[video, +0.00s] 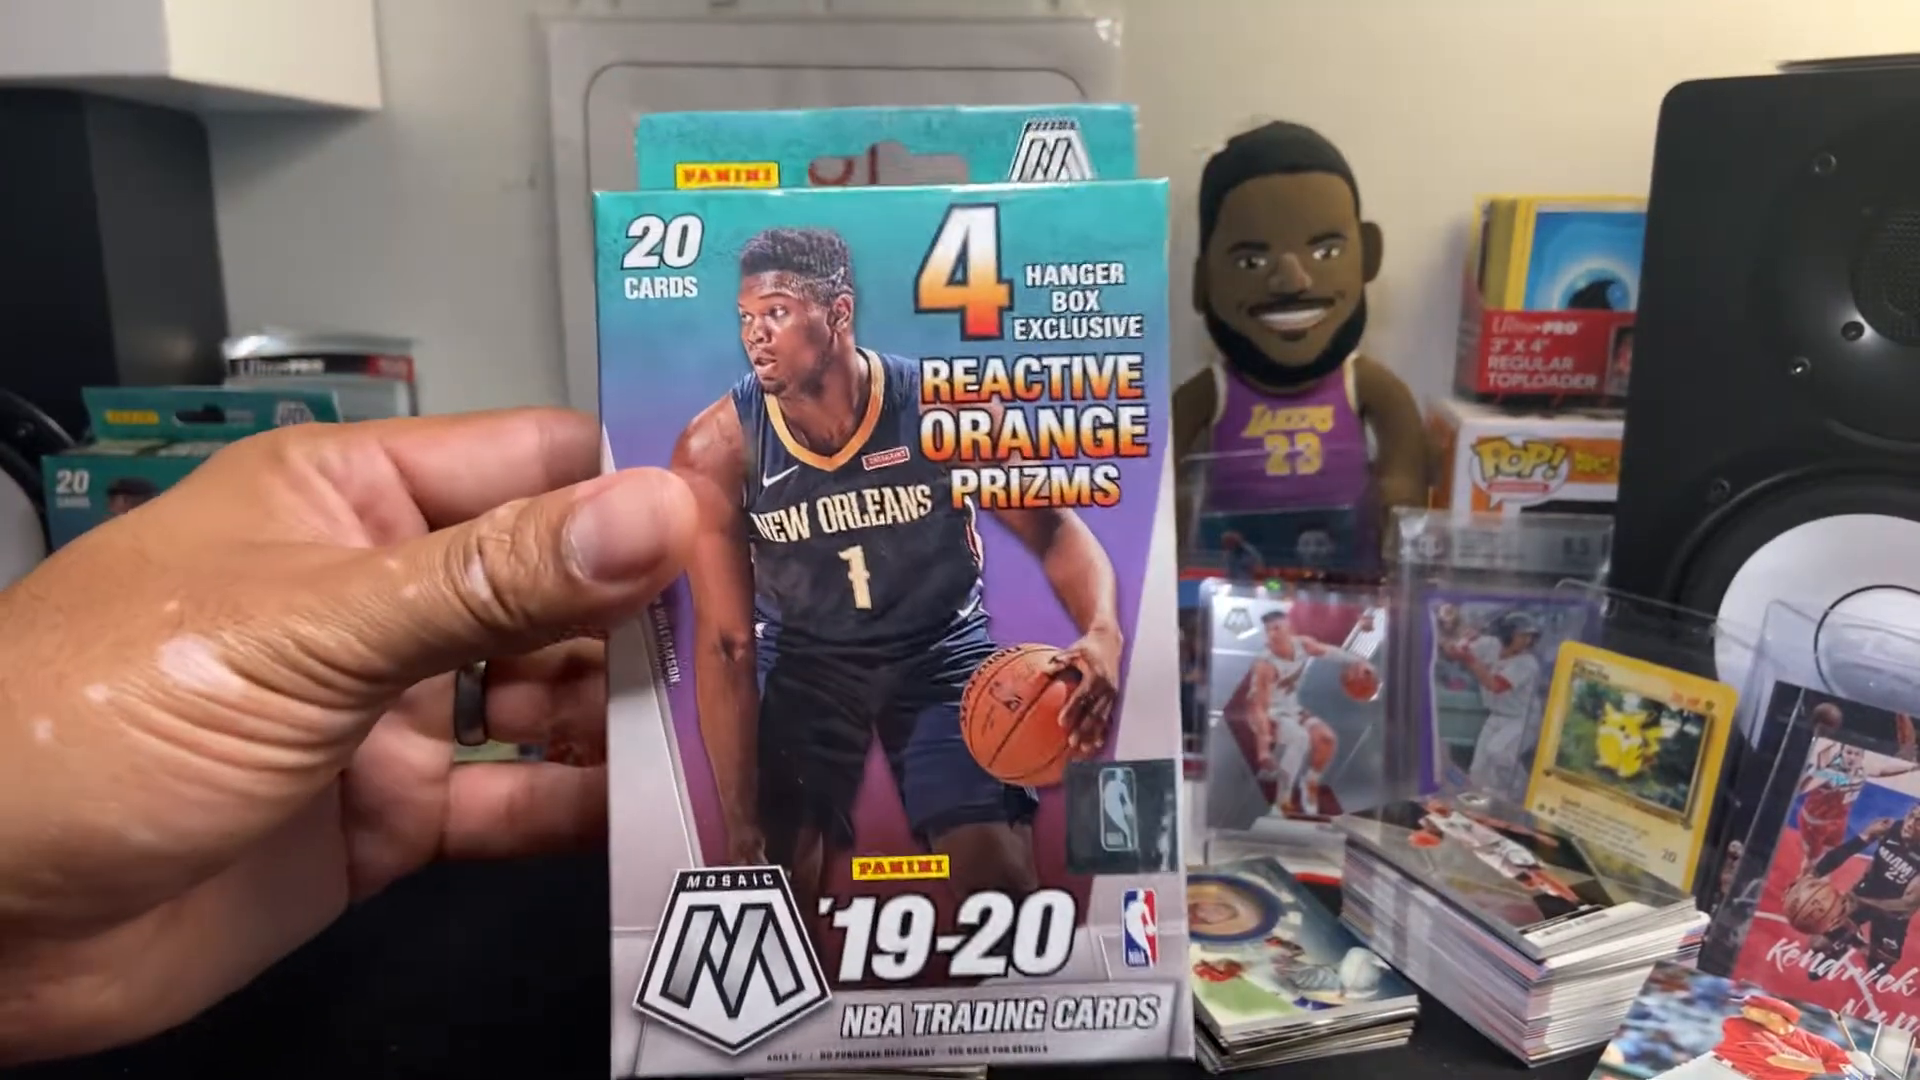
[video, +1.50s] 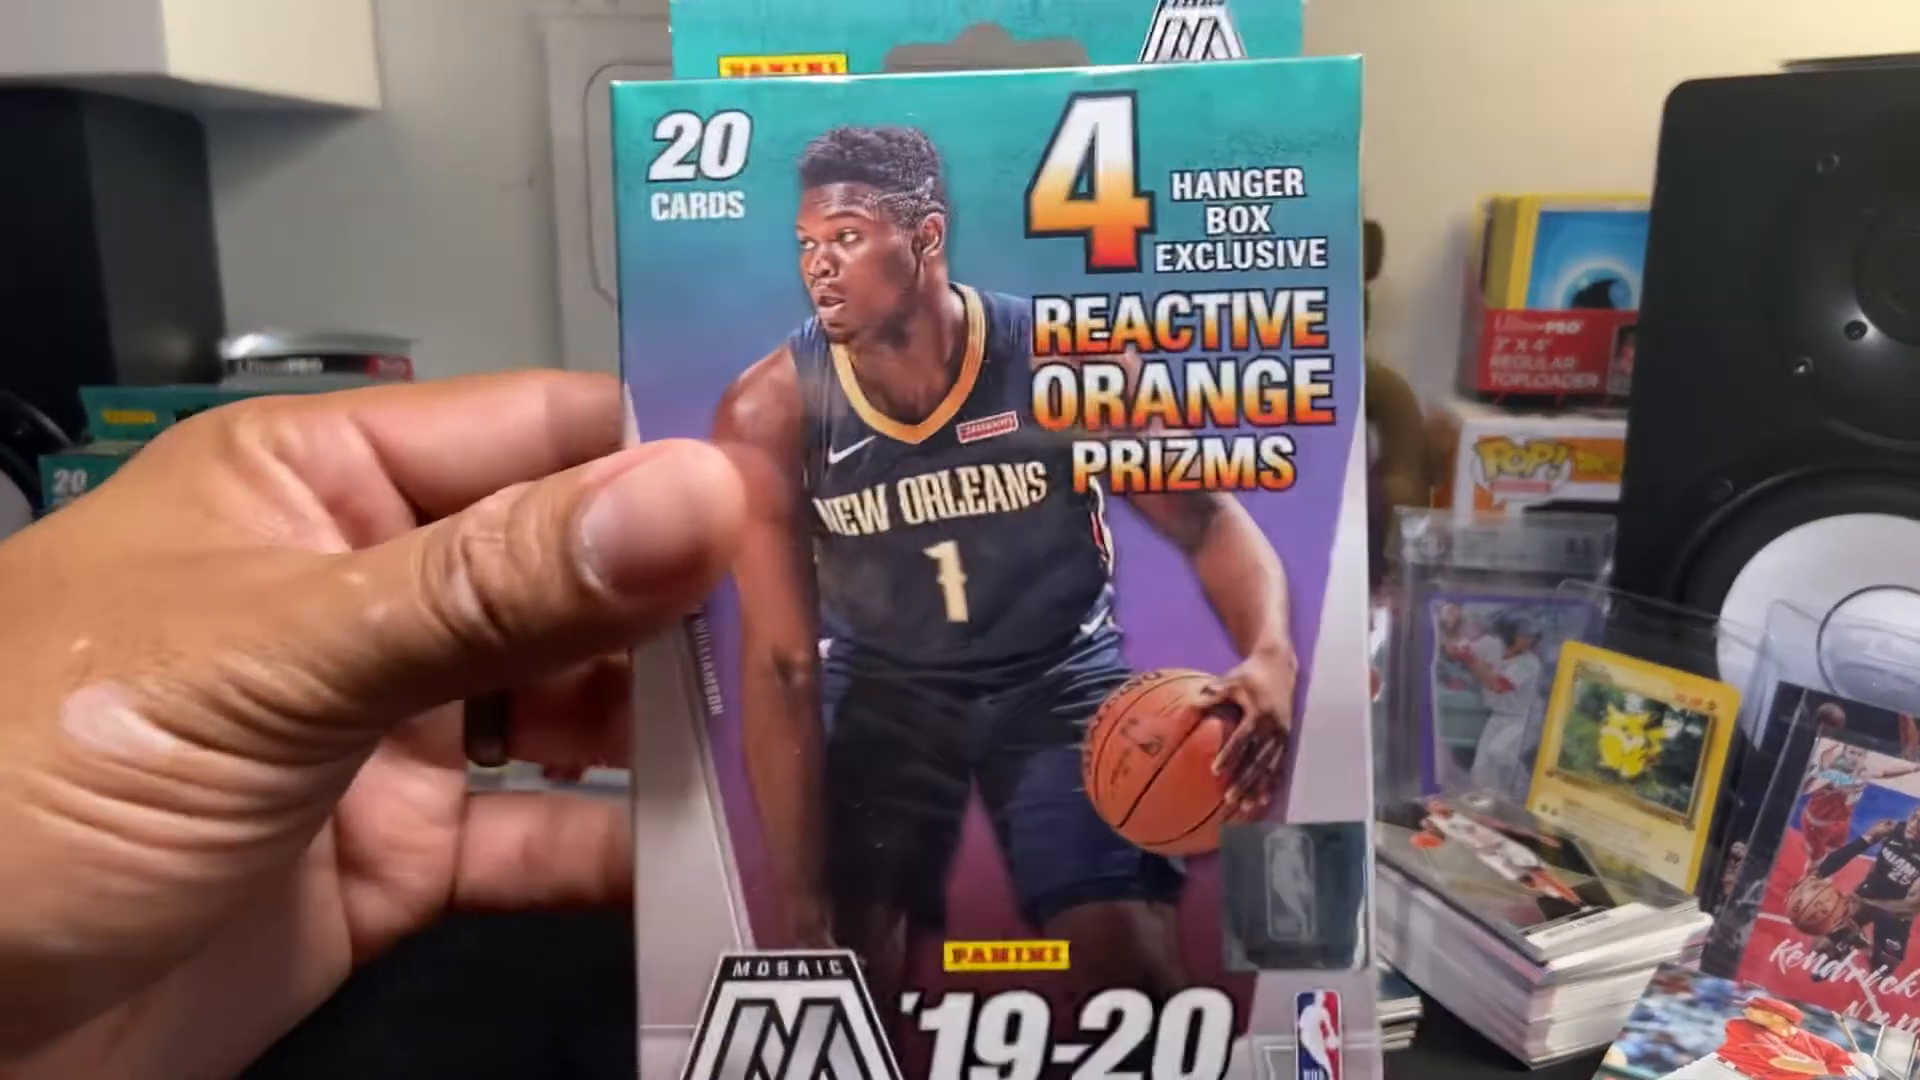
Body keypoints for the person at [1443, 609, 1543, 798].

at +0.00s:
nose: (1527, 641)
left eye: (1530, 637)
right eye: (1523, 635)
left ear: (1533, 639)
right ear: (1510, 635)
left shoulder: (1528, 663)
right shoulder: (1491, 646)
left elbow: (1497, 685)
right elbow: (1457, 651)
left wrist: (1471, 661)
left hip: (1518, 722)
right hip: (1495, 718)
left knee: (1496, 752)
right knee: (1479, 763)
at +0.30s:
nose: (1528, 641)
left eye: (1531, 637)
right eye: (1524, 636)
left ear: (1533, 639)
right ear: (1512, 635)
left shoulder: (1529, 663)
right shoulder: (1493, 646)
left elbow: (1497, 685)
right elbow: (1456, 651)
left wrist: (1472, 661)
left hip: (1518, 722)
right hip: (1495, 718)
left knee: (1496, 753)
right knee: (1480, 763)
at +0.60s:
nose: (1529, 640)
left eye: (1532, 636)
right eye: (1525, 635)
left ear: (1535, 638)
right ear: (1513, 634)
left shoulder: (1530, 663)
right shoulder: (1493, 646)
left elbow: (1499, 685)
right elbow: (1457, 650)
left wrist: (1473, 661)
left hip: (1519, 723)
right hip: (1496, 719)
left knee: (1497, 753)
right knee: (1482, 762)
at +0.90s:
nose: (1526, 641)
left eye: (1528, 636)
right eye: (1521, 635)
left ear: (1530, 638)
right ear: (1509, 634)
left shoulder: (1526, 662)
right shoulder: (1489, 645)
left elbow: (1495, 684)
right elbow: (1455, 650)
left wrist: (1468, 660)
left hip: (1520, 720)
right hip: (1494, 717)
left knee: (1494, 749)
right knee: (1477, 765)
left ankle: (1521, 789)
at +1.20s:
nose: (1526, 640)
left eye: (1528, 636)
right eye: (1521, 635)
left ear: (1529, 638)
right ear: (1508, 634)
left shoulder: (1526, 662)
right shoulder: (1488, 645)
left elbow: (1495, 683)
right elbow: (1453, 649)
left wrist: (1467, 659)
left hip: (1520, 719)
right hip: (1494, 717)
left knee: (1494, 749)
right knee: (1477, 766)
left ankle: (1520, 789)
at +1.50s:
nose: (1529, 641)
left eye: (1532, 637)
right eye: (1525, 636)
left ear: (1535, 639)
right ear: (1514, 636)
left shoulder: (1530, 663)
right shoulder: (1495, 649)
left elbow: (1499, 685)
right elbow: (1462, 651)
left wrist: (1476, 664)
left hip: (1520, 722)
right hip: (1497, 718)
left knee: (1497, 751)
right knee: (1481, 766)